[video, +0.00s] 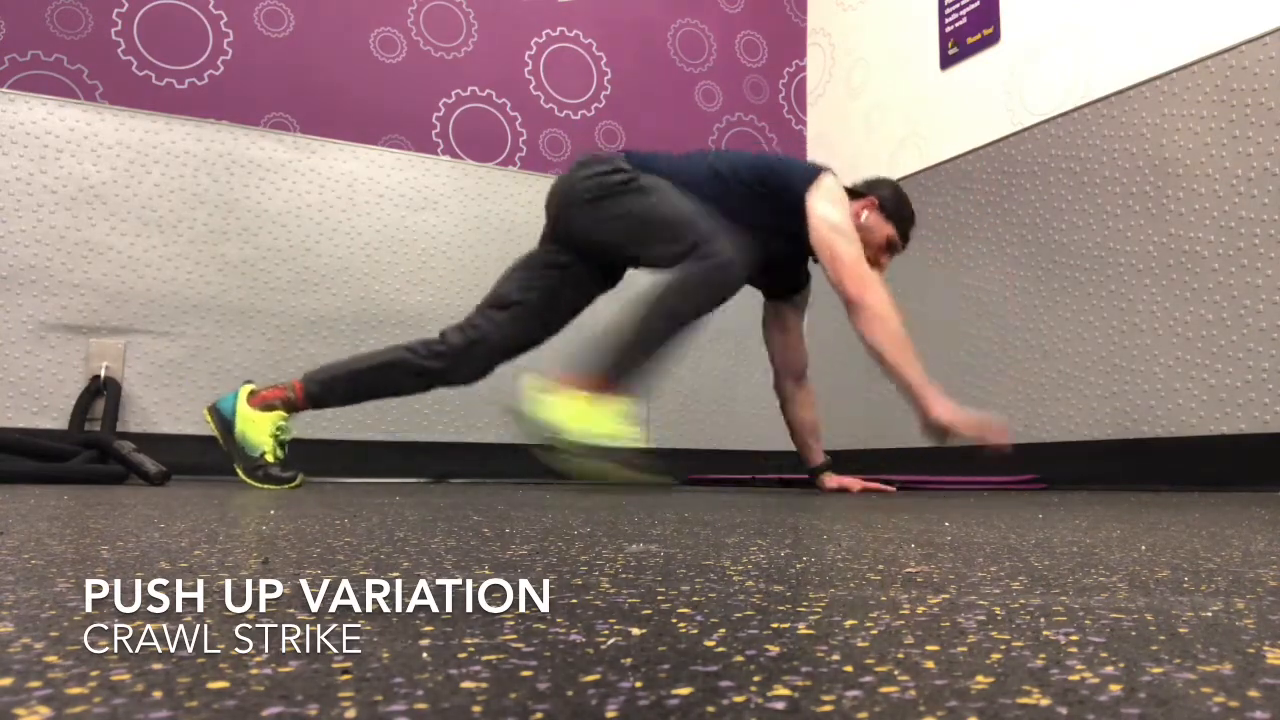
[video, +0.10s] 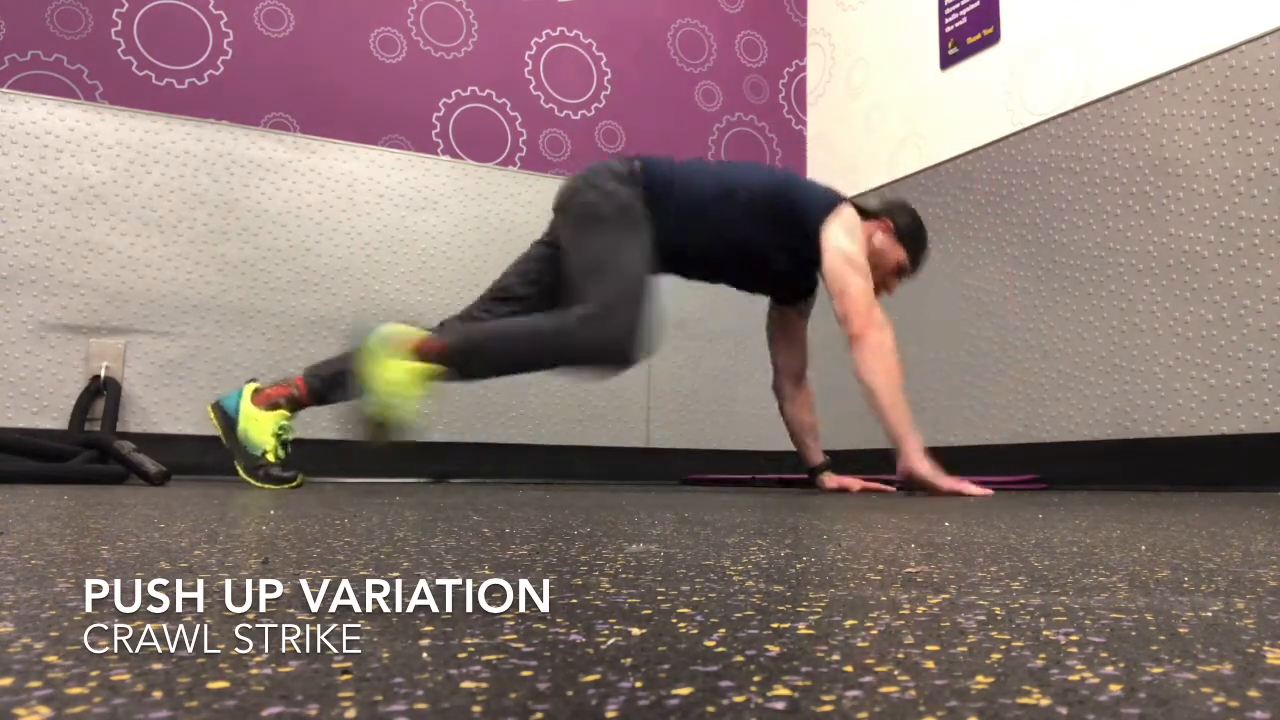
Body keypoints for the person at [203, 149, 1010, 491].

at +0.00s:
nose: (876, 262)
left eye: (883, 256)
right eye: (881, 243)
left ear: (861, 237)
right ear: (861, 204)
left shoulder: (781, 263)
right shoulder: (815, 189)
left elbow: (790, 372)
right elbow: (870, 296)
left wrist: (819, 468)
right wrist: (934, 403)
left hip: (601, 231)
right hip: (605, 181)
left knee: (471, 349)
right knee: (720, 252)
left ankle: (267, 405)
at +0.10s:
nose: (873, 286)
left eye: (885, 279)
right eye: (883, 268)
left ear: (869, 242)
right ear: (876, 230)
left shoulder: (804, 257)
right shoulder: (836, 217)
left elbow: (789, 374)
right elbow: (869, 330)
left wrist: (820, 468)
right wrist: (913, 448)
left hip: (603, 220)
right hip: (614, 195)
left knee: (468, 337)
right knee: (612, 336)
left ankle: (270, 404)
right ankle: (420, 351)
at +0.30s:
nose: (908, 351)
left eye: (922, 346)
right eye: (921, 336)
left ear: (905, 313)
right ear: (910, 292)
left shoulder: (835, 295)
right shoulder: (867, 263)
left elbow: (783, 393)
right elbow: (861, 355)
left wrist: (819, 472)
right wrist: (906, 475)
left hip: (648, 293)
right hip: (641, 275)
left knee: (468, 365)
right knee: (466, 366)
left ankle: (265, 381)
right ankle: (255, 382)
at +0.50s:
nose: (927, 412)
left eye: (938, 413)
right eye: (939, 400)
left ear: (936, 383)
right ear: (939, 358)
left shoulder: (843, 337)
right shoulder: (891, 313)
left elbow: (773, 388)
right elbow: (867, 361)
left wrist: (812, 467)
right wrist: (907, 476)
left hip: (665, 371)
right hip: (664, 348)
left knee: (473, 401)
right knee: (469, 400)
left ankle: (267, 390)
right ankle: (261, 387)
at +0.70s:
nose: (949, 446)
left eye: (959, 447)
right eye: (957, 433)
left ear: (949, 423)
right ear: (950, 398)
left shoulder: (865, 394)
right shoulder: (904, 353)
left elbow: (764, 450)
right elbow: (875, 361)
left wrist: (826, 469)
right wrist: (908, 476)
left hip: (674, 419)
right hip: (673, 391)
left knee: (479, 433)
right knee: (478, 424)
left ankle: (273, 417)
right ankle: (266, 389)